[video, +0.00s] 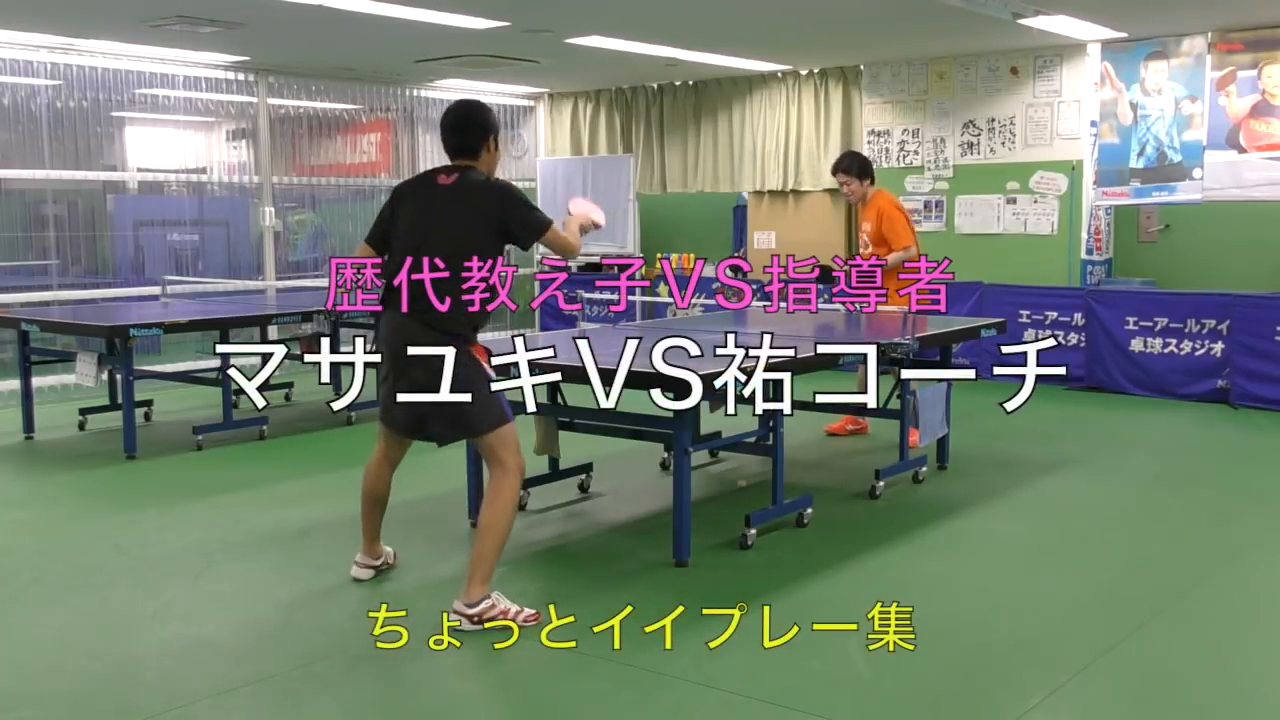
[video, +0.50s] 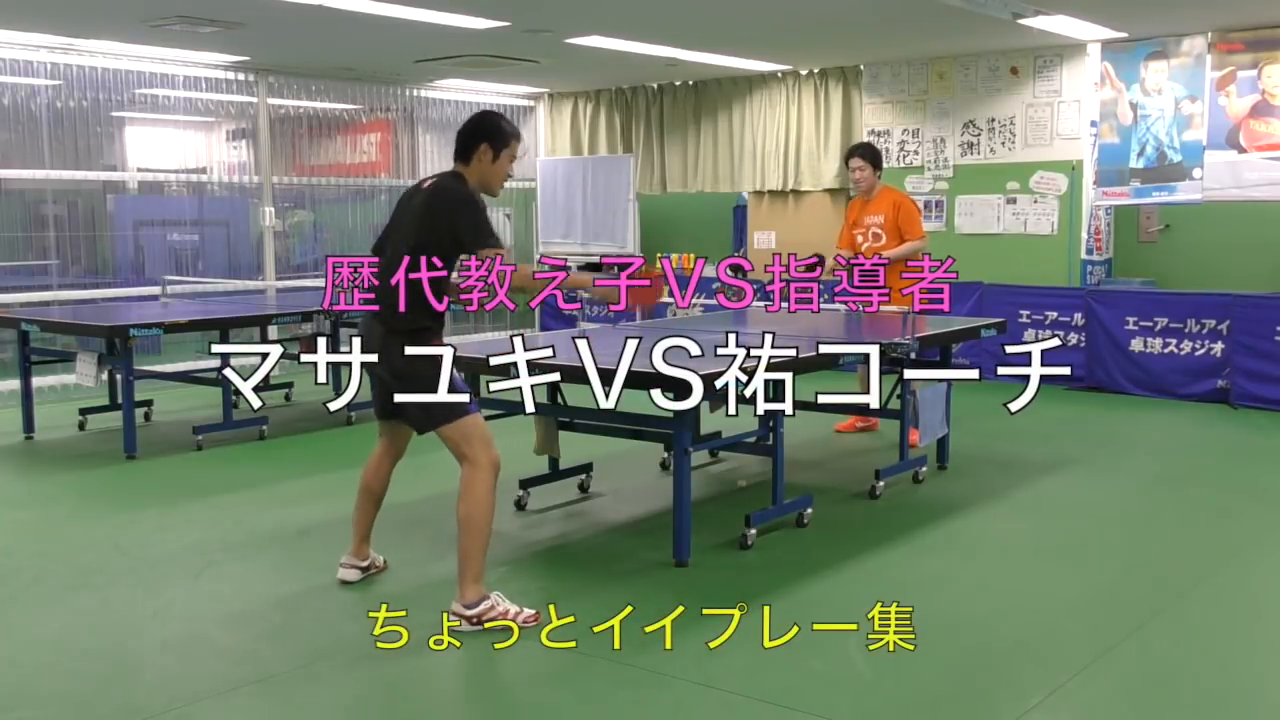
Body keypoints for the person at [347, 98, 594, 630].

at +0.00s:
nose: (499, 150)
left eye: (496, 142)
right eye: (498, 142)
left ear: (446, 144)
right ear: (489, 144)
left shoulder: (408, 191)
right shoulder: (496, 195)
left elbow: (367, 254)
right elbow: (568, 248)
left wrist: (423, 263)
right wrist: (575, 218)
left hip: (399, 345)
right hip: (453, 348)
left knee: (385, 453)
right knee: (507, 467)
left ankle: (369, 552)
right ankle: (475, 596)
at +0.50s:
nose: (509, 173)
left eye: (512, 163)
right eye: (508, 161)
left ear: (469, 154)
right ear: (482, 154)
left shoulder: (422, 191)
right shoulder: (458, 196)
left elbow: (384, 258)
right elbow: (502, 276)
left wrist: (452, 286)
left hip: (386, 344)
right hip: (418, 350)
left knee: (389, 446)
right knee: (481, 458)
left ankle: (357, 554)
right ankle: (472, 597)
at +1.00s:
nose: (497, 146)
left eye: (495, 137)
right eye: (496, 137)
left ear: (444, 137)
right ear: (487, 139)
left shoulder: (407, 183)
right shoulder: (467, 190)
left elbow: (370, 248)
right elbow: (479, 266)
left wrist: (421, 287)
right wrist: (544, 318)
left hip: (388, 341)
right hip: (433, 345)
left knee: (384, 445)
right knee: (487, 460)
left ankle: (356, 555)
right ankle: (474, 596)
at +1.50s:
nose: (488, 147)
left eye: (486, 138)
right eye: (486, 138)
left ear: (437, 138)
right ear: (474, 139)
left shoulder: (396, 184)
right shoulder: (478, 185)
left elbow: (364, 246)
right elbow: (549, 225)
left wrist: (420, 255)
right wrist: (562, 195)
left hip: (383, 339)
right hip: (434, 342)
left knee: (379, 445)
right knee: (491, 460)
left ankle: (356, 554)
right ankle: (475, 595)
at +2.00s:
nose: (507, 178)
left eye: (509, 168)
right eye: (505, 166)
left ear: (469, 160)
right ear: (482, 160)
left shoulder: (430, 197)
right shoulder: (446, 198)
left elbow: (384, 270)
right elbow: (432, 270)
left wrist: (434, 341)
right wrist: (487, 313)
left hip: (387, 350)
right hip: (414, 352)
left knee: (399, 445)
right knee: (487, 460)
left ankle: (358, 555)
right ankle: (472, 597)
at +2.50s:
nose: (493, 146)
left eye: (489, 137)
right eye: (492, 137)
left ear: (439, 140)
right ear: (485, 140)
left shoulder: (402, 188)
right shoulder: (488, 194)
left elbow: (371, 252)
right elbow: (530, 256)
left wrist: (414, 285)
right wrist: (569, 256)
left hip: (392, 344)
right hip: (445, 348)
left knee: (378, 451)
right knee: (500, 464)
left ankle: (357, 556)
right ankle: (475, 597)